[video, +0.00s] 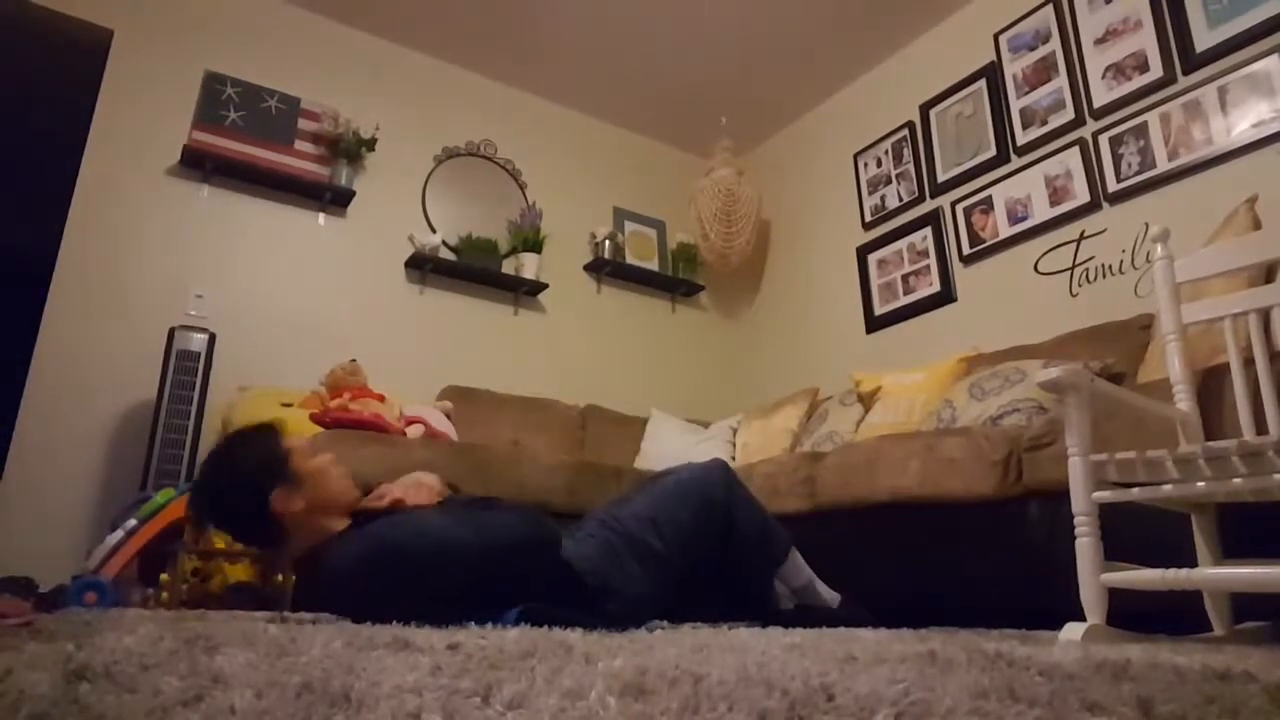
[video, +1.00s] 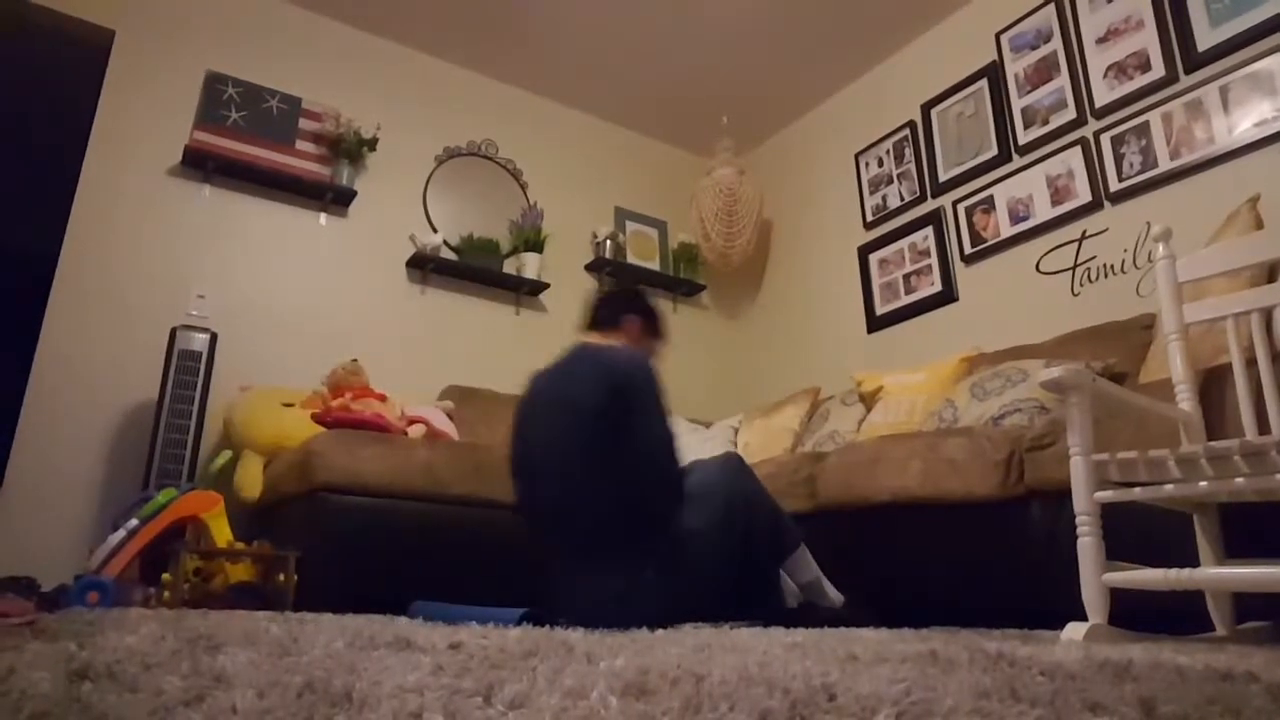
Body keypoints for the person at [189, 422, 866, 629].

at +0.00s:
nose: (334, 456)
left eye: (319, 448)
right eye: (314, 456)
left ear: (291, 506)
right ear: (289, 504)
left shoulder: (332, 564)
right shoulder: (369, 556)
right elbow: (537, 535)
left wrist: (437, 499)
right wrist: (444, 498)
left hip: (559, 567)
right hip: (583, 581)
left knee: (684, 484)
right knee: (712, 482)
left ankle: (789, 610)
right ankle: (819, 613)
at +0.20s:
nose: (407, 396)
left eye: (396, 384)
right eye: (393, 386)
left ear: (344, 421)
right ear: (359, 410)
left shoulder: (359, 508)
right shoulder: (429, 483)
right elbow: (575, 510)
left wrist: (451, 462)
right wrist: (487, 461)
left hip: (540, 599)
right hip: (593, 593)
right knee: (717, 476)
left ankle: (783, 609)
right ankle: (816, 599)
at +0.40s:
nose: (537, 330)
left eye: (533, 318)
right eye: (527, 318)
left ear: (475, 329)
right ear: (499, 323)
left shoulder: (456, 403)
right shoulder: (534, 389)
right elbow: (624, 486)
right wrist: (651, 490)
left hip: (536, 588)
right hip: (605, 589)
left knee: (690, 476)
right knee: (719, 468)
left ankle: (783, 603)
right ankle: (813, 593)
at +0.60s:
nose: (691, 373)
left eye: (694, 367)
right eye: (692, 363)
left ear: (638, 335)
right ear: (676, 339)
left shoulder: (582, 382)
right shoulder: (664, 369)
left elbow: (557, 490)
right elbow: (680, 489)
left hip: (574, 589)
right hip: (639, 593)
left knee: (728, 467)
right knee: (729, 476)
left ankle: (814, 588)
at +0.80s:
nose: (732, 402)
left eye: (736, 399)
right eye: (735, 395)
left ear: (687, 357)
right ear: (726, 371)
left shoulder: (627, 387)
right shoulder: (710, 384)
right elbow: (703, 494)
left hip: (583, 579)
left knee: (731, 462)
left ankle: (820, 589)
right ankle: (790, 601)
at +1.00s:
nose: (651, 361)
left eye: (653, 352)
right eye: (651, 350)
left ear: (592, 328)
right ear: (631, 328)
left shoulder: (541, 384)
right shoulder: (627, 369)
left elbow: (530, 500)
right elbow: (664, 493)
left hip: (568, 592)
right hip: (638, 595)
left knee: (725, 470)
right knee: (728, 489)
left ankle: (818, 590)